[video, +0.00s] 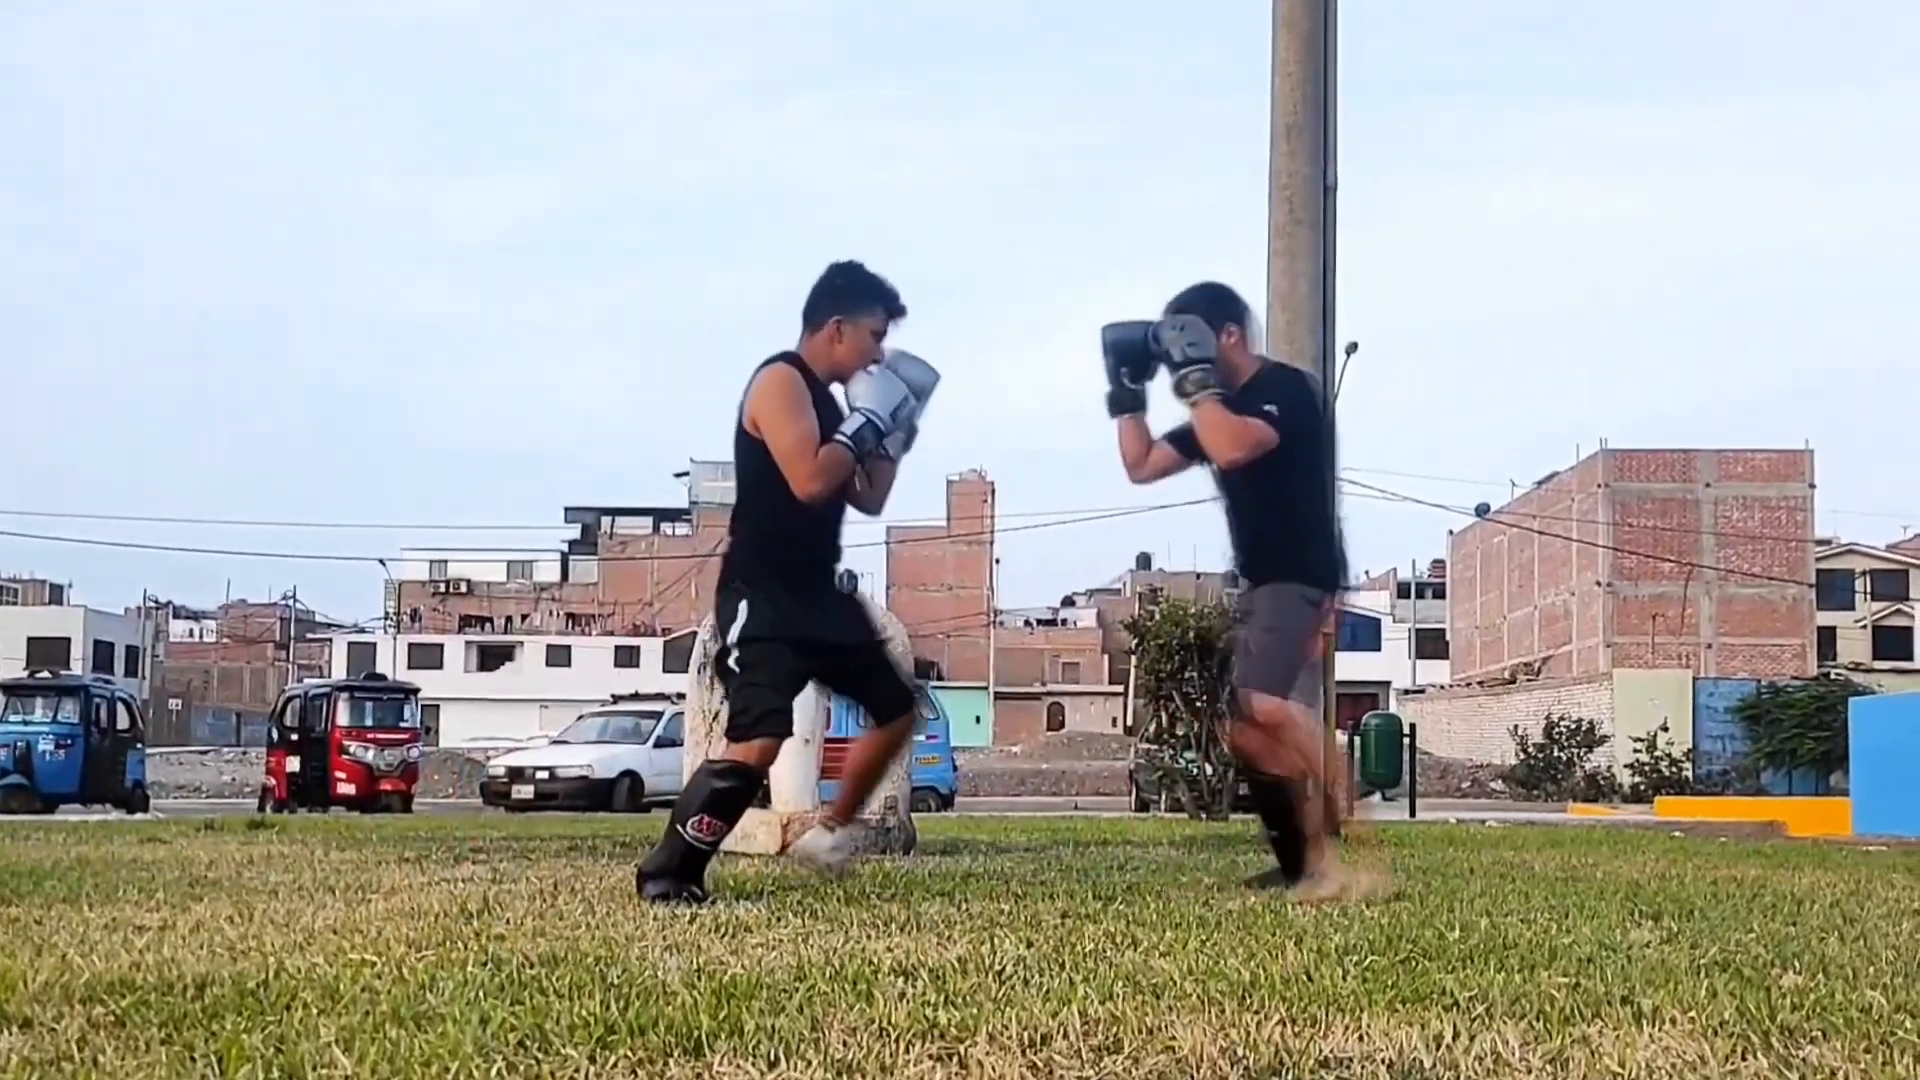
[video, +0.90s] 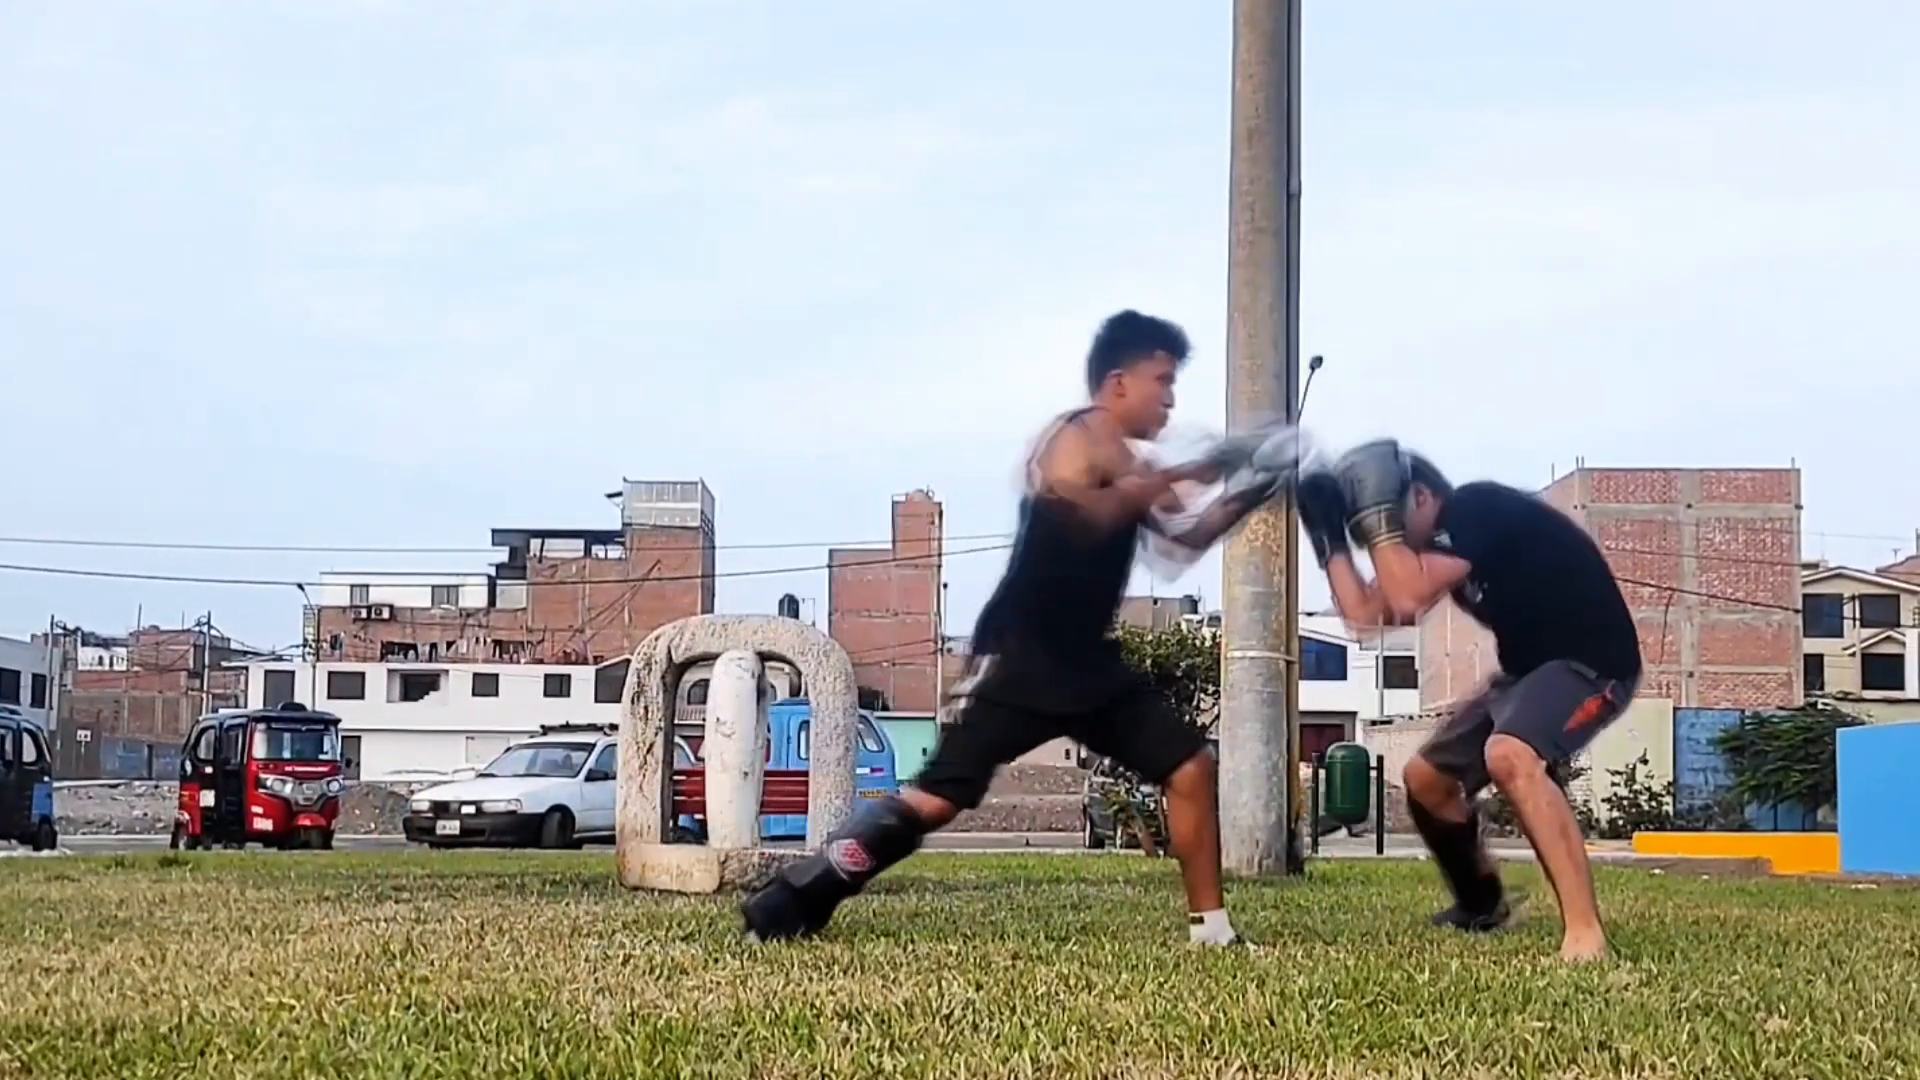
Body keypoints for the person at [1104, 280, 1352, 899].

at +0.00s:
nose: (1189, 355)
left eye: (1197, 341)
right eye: (1182, 346)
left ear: (1231, 333)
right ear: (1208, 347)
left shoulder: (1289, 388)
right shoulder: (1221, 412)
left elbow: (1230, 445)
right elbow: (1141, 466)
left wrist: (1192, 374)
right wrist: (1126, 386)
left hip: (1301, 579)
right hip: (1260, 582)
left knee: (1262, 702)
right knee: (1244, 735)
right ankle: (1299, 865)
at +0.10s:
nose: (1225, 376)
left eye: (1232, 361)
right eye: (1221, 364)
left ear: (1269, 355)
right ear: (1261, 363)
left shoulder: (1319, 413)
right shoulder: (1272, 430)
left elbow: (1246, 476)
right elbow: (1193, 489)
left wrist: (1213, 400)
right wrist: (1170, 422)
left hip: (1355, 612)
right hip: (1310, 617)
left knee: (1338, 747)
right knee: (1271, 747)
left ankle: (1449, 901)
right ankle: (1297, 886)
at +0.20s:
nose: (1251, 378)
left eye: (1257, 363)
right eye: (1245, 367)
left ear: (1302, 357)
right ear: (1289, 364)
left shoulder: (1351, 420)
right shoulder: (1304, 434)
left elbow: (1280, 506)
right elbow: (1244, 519)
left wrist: (1244, 434)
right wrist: (1209, 451)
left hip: (1394, 620)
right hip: (1351, 619)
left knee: (1342, 770)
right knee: (1297, 755)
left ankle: (1444, 916)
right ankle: (1345, 895)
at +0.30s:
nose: (1266, 365)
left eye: (1273, 347)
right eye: (1261, 352)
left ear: (1322, 339)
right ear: (1310, 346)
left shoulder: (1379, 401)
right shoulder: (1320, 424)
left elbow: (1313, 500)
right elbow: (1264, 513)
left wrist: (1263, 426)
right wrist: (1226, 442)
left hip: (1434, 600)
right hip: (1385, 605)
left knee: (1377, 752)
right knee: (1342, 758)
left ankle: (1441, 919)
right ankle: (1447, 883)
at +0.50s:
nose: (1327, 422)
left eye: (1337, 405)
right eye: (1320, 410)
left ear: (1378, 397)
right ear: (1365, 404)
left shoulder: (1429, 448)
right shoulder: (1372, 475)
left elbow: (1343, 536)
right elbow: (1287, 552)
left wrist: (1314, 452)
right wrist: (1271, 468)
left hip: (1530, 631)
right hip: (1490, 638)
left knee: (1456, 772)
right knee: (1428, 790)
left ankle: (1559, 939)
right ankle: (1532, 918)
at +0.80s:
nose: (1376, 446)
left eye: (1382, 430)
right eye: (1367, 436)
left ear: (1418, 417)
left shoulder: (1477, 460)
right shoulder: (1416, 489)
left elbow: (1420, 557)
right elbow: (1341, 569)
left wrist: (1377, 469)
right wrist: (1316, 482)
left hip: (1573, 624)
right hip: (1510, 630)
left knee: (1501, 745)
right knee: (1439, 760)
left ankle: (1584, 931)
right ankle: (1530, 893)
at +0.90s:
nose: (1398, 535)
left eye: (1397, 519)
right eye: (1390, 528)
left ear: (1420, 494)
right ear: (1420, 500)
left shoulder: (1480, 507)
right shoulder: (1438, 551)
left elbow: (1408, 595)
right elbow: (1363, 611)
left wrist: (1371, 516)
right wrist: (1326, 532)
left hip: (1593, 662)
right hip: (1526, 672)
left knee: (1511, 753)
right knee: (1427, 780)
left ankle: (1584, 935)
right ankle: (1481, 907)